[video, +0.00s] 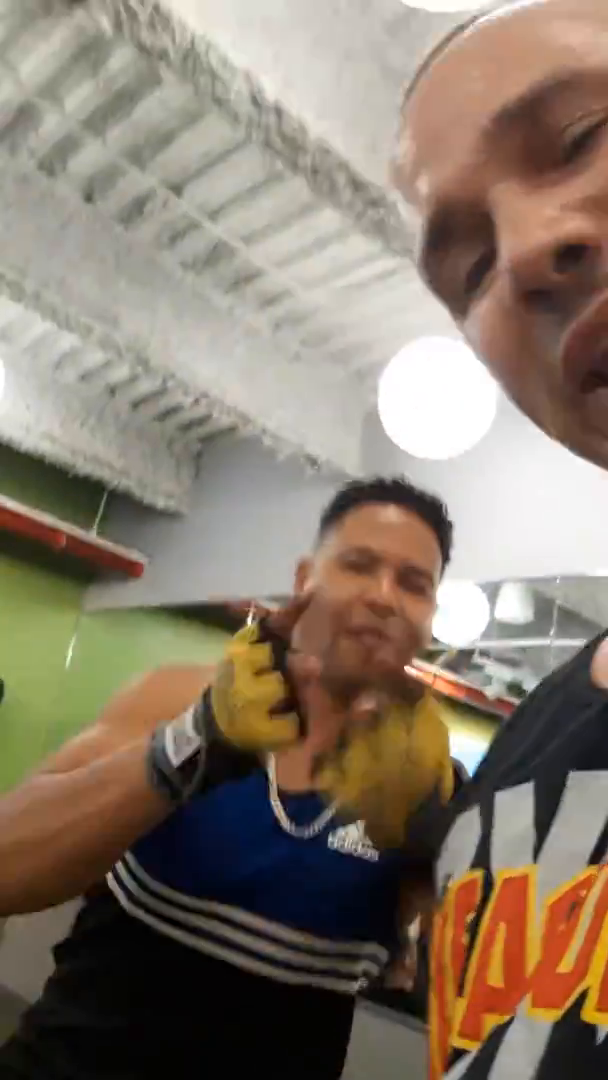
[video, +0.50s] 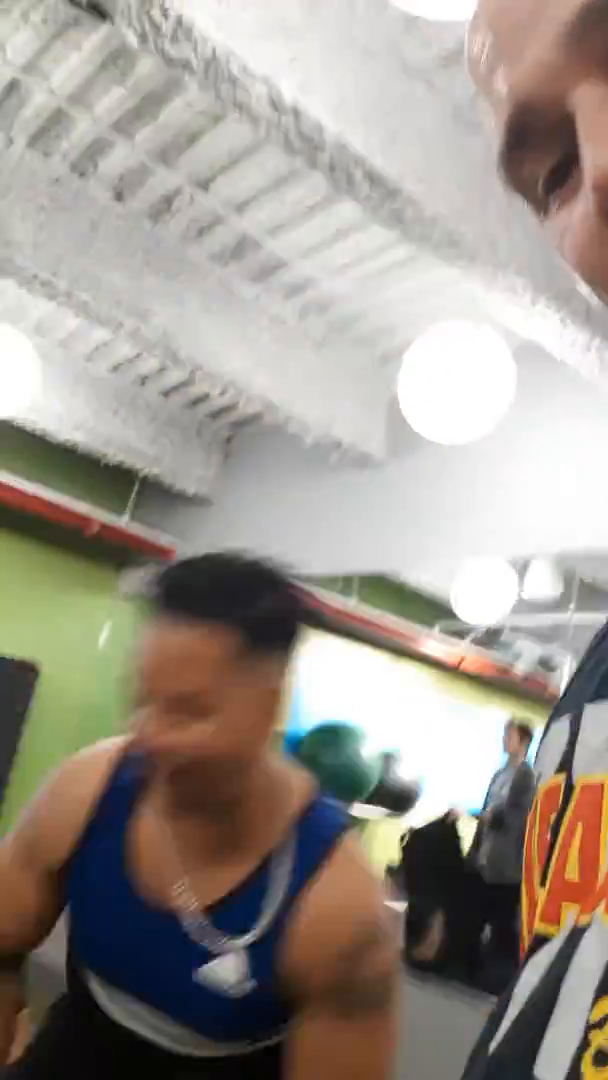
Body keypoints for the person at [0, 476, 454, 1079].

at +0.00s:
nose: (383, 598)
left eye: (412, 582)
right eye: (358, 567)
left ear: (432, 616)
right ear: (304, 581)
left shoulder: (423, 774)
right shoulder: (181, 697)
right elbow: (11, 878)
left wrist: (420, 835)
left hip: (285, 1069)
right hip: (94, 1044)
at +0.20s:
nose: (372, 601)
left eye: (404, 587)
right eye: (351, 570)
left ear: (424, 622)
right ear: (302, 576)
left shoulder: (412, 782)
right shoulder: (183, 674)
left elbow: (442, 1013)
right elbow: (13, 805)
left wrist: (396, 792)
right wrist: (200, 712)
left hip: (222, 1062)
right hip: (58, 1018)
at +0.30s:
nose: (329, 623)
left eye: (365, 606)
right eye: (314, 593)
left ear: (407, 636)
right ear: (284, 603)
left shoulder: (396, 809)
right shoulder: (160, 698)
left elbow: (430, 1015)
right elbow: (22, 793)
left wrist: (316, 984)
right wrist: (89, 824)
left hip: (213, 1065)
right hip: (58, 1020)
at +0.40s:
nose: (259, 657)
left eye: (297, 638)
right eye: (250, 624)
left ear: (364, 652)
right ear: (232, 618)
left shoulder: (380, 849)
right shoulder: (135, 733)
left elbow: (395, 1065)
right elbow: (4, 871)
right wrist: (11, 1010)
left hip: (234, 1064)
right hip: (84, 1029)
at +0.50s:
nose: (153, 736)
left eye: (188, 712)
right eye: (146, 702)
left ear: (270, 703)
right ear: (137, 690)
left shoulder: (336, 904)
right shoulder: (87, 790)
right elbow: (5, 953)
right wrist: (13, 1016)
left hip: (233, 1068)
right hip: (88, 1040)